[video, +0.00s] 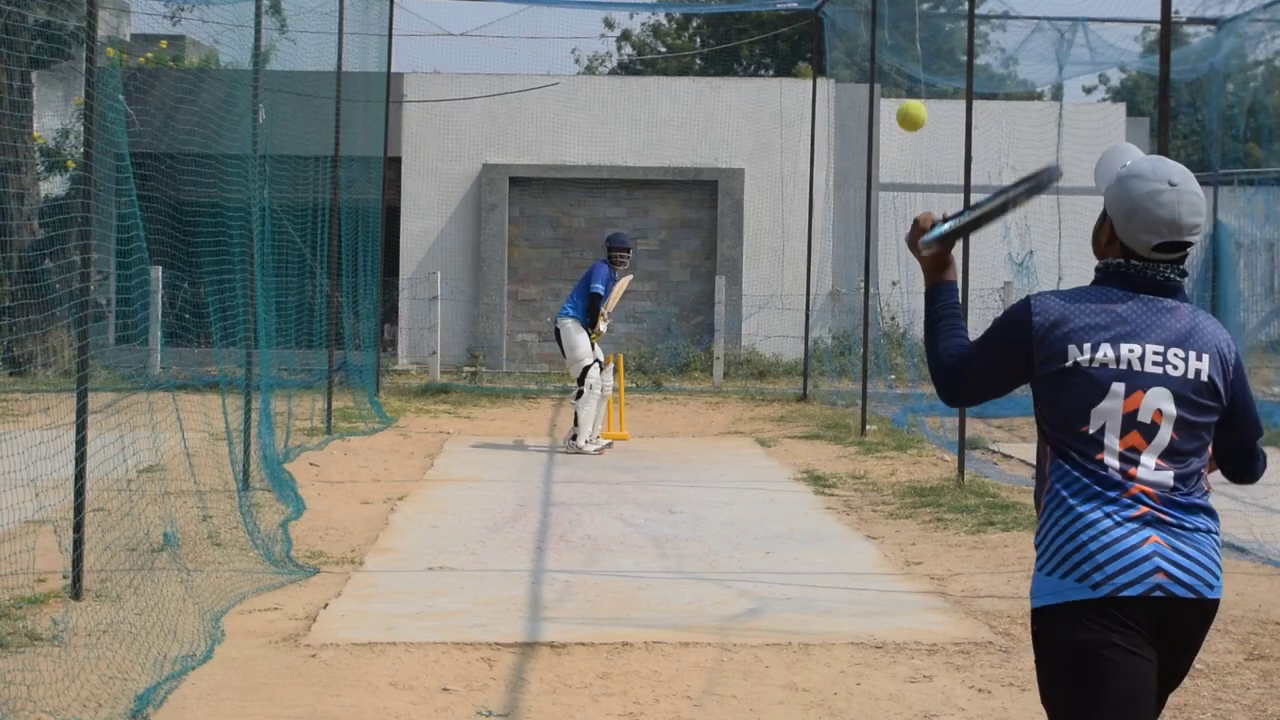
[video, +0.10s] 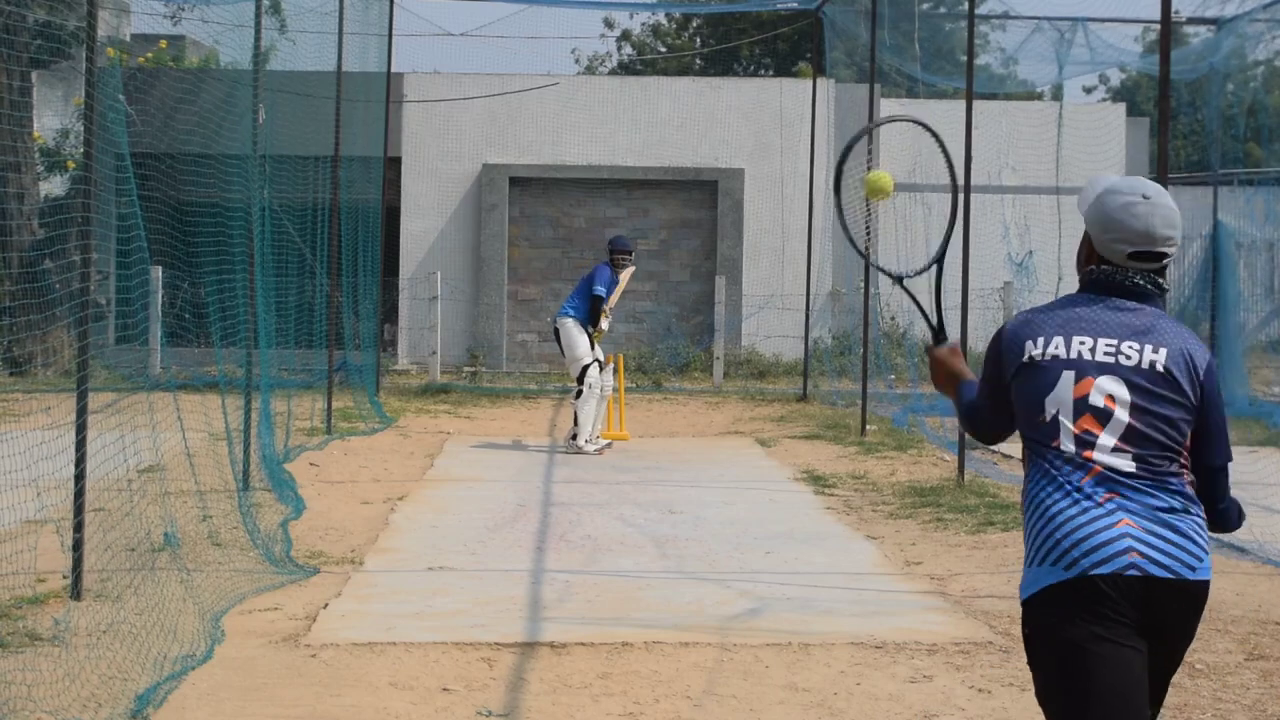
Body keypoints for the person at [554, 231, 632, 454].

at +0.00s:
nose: (621, 257)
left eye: (625, 253)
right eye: (617, 252)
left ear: (629, 255)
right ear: (608, 252)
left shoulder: (612, 276)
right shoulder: (601, 269)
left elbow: (605, 305)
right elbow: (595, 300)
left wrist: (603, 318)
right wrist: (594, 326)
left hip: (583, 325)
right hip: (570, 324)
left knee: (604, 380)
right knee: (590, 379)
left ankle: (590, 435)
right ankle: (579, 439)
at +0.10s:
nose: (622, 260)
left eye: (626, 256)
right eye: (618, 255)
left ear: (631, 258)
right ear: (610, 254)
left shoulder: (614, 278)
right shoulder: (603, 271)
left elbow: (605, 304)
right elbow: (597, 302)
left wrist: (605, 317)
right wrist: (597, 324)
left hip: (583, 326)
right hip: (569, 323)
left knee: (604, 380)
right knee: (590, 379)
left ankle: (590, 435)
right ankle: (579, 439)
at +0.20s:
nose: (626, 268)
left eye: (630, 264)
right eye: (622, 263)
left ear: (634, 266)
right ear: (615, 263)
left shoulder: (615, 284)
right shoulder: (605, 279)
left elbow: (610, 307)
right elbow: (599, 315)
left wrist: (610, 318)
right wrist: (604, 329)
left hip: (581, 327)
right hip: (567, 322)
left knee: (607, 381)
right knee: (592, 378)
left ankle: (590, 434)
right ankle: (583, 438)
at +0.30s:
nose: (627, 274)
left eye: (631, 271)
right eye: (624, 269)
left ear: (635, 272)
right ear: (616, 269)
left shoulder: (617, 289)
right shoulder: (607, 285)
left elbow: (615, 309)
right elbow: (602, 325)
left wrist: (615, 319)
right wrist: (610, 329)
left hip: (579, 328)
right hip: (566, 324)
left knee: (610, 380)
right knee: (591, 374)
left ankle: (587, 432)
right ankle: (592, 436)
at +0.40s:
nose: (629, 279)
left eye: (633, 275)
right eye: (626, 274)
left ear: (637, 277)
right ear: (618, 272)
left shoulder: (623, 293)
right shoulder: (606, 289)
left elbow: (620, 312)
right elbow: (603, 328)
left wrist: (622, 317)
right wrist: (617, 332)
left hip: (585, 332)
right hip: (569, 328)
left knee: (612, 383)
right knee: (593, 379)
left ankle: (587, 434)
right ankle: (597, 441)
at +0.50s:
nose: (628, 278)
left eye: (632, 274)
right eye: (625, 273)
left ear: (636, 276)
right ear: (616, 271)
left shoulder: (620, 293)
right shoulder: (605, 287)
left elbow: (619, 310)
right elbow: (603, 326)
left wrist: (626, 315)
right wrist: (622, 332)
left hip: (589, 338)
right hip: (574, 334)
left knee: (617, 386)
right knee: (599, 379)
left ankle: (588, 433)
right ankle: (599, 443)